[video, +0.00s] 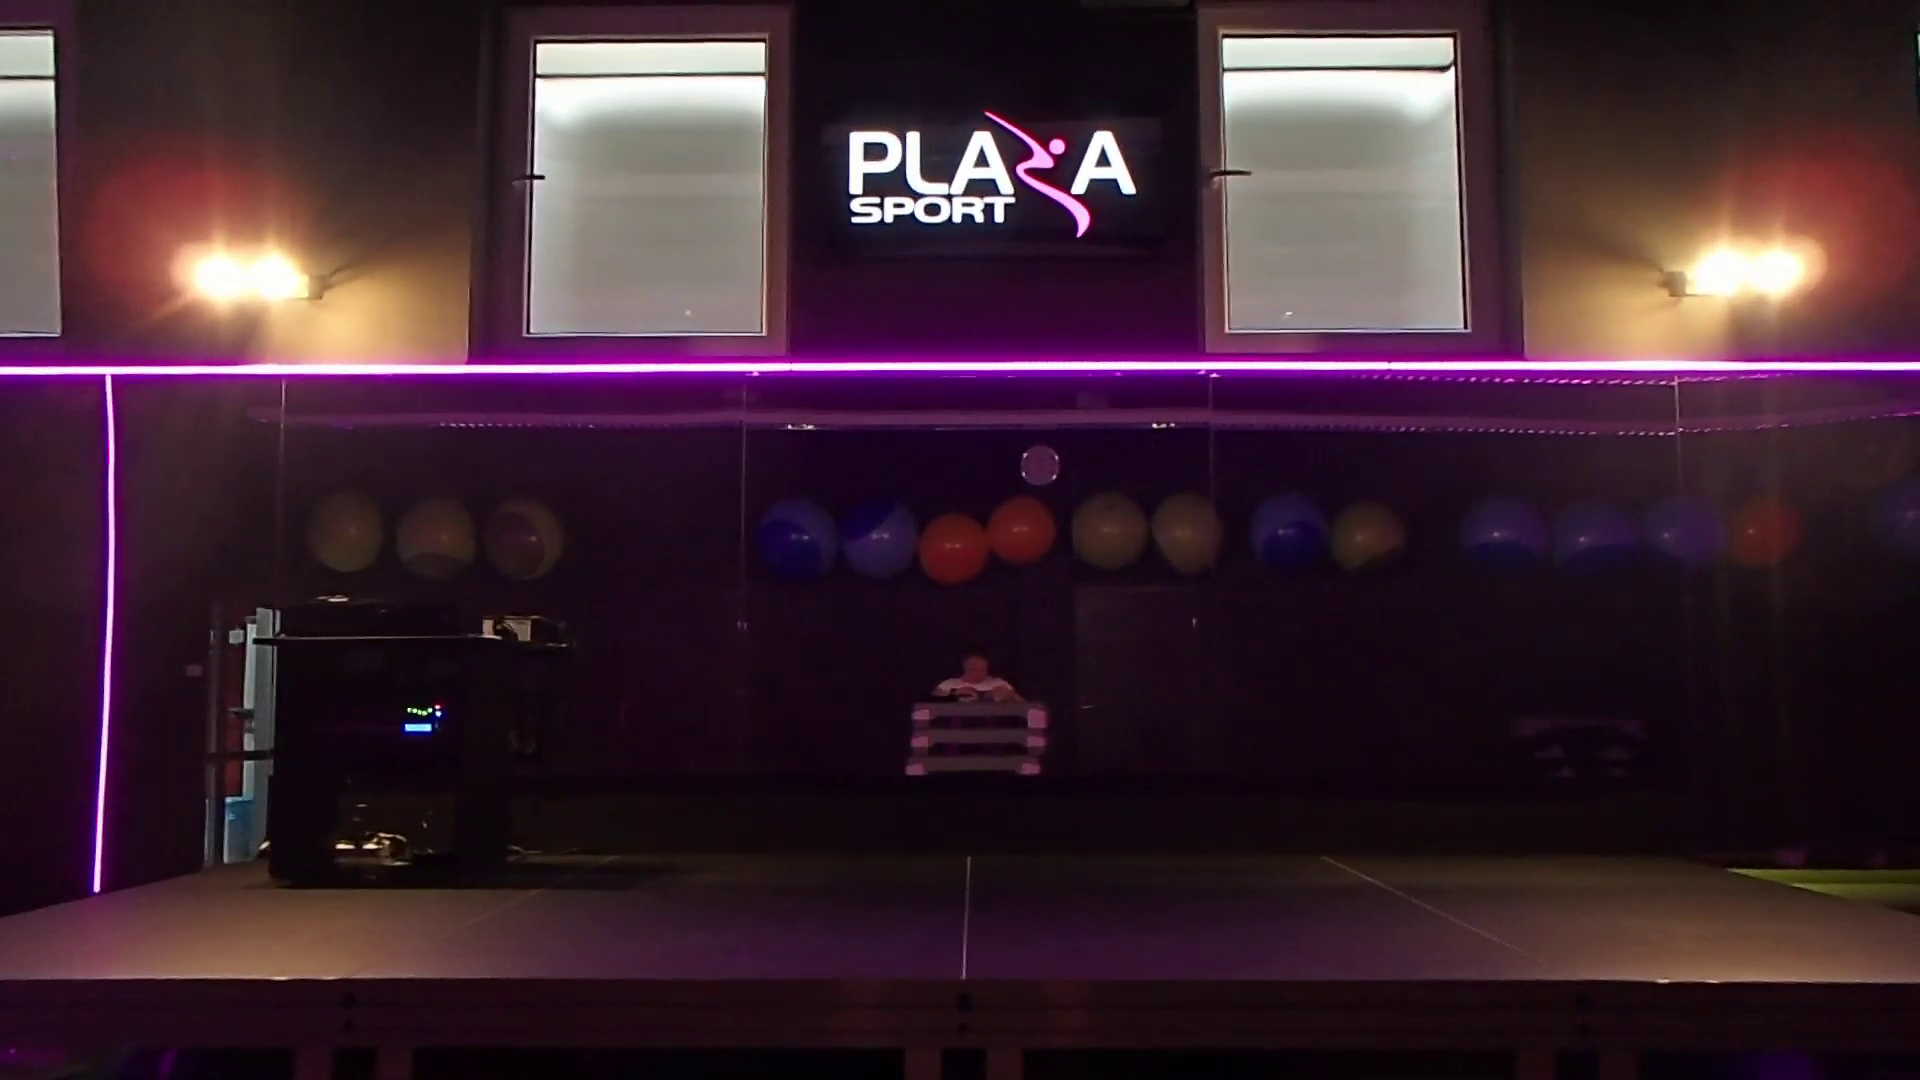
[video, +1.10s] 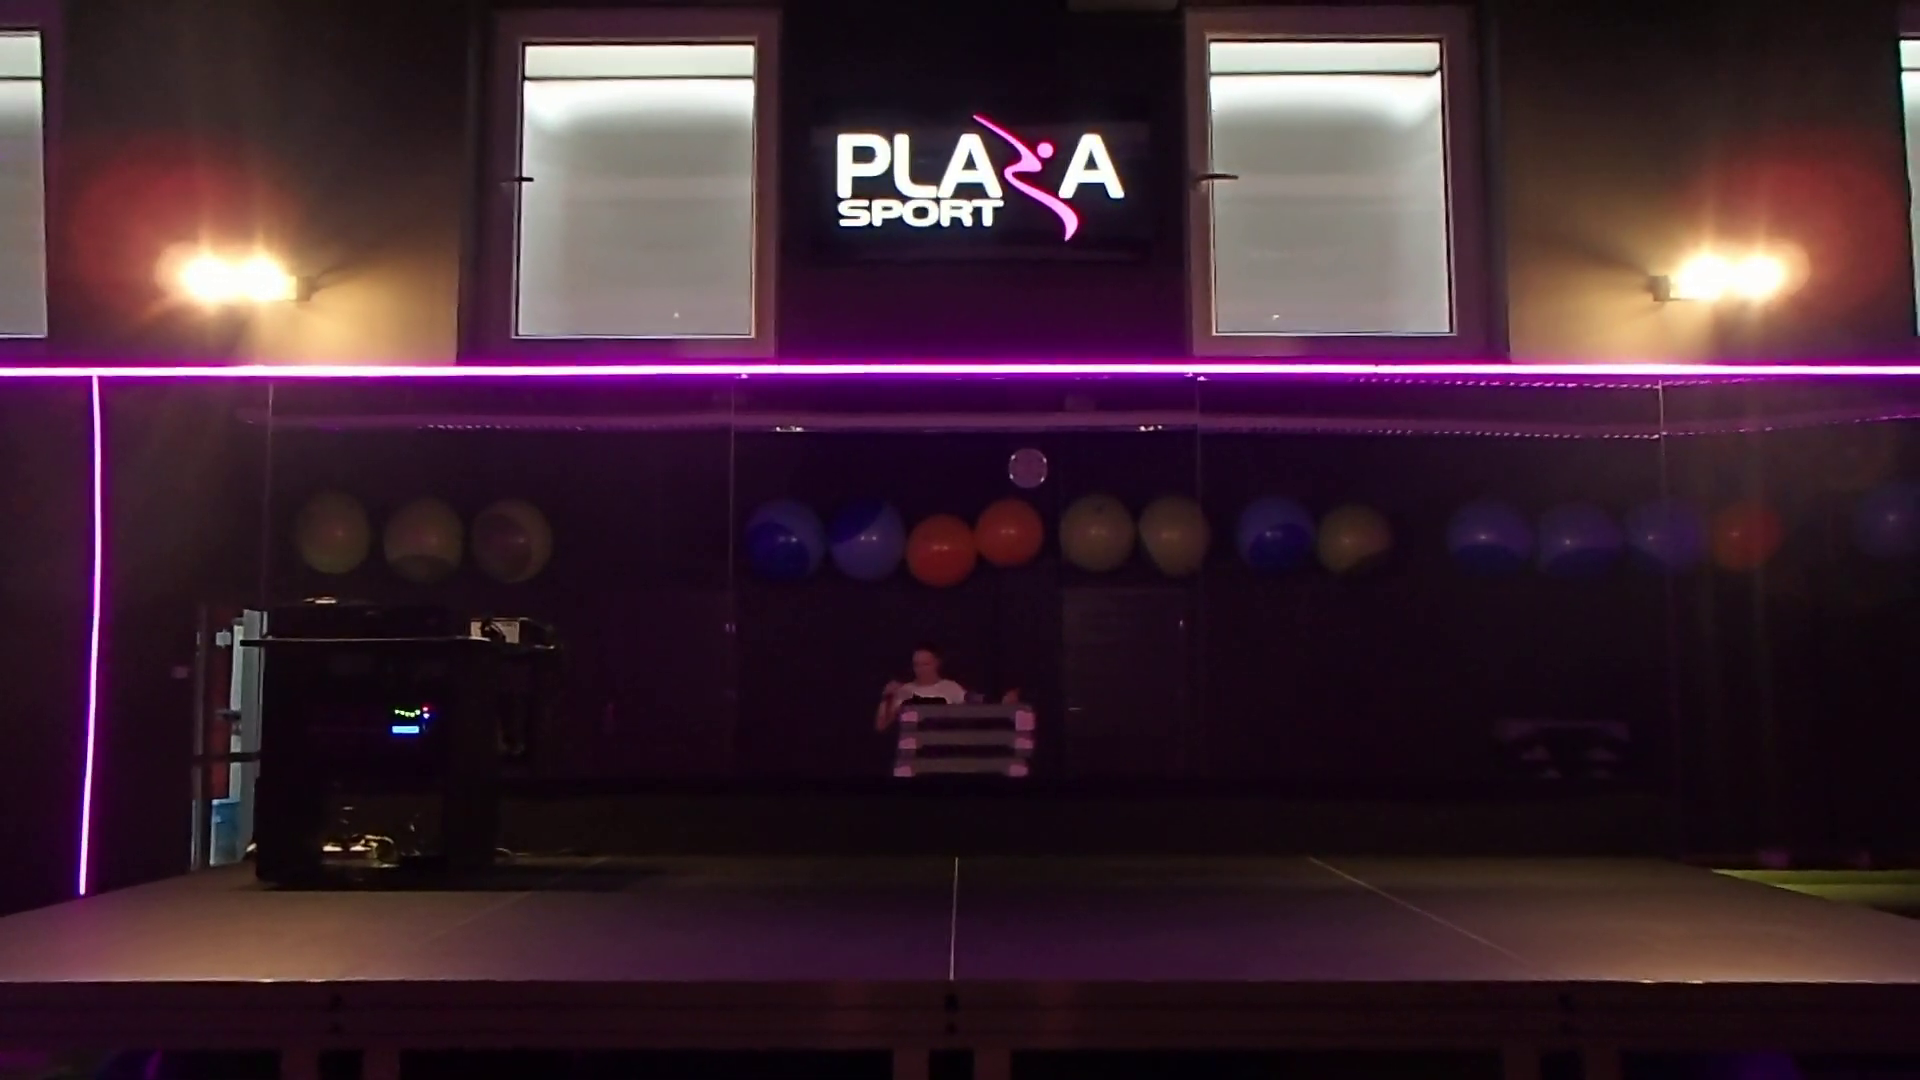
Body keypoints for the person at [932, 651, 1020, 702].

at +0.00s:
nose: (976, 673)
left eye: (980, 669)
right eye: (972, 669)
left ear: (986, 669)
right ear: (965, 669)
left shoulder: (998, 684)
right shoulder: (950, 684)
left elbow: (1022, 705)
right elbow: (934, 698)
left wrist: (1007, 695)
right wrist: (956, 694)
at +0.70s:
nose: (965, 672)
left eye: (969, 667)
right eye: (961, 668)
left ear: (975, 667)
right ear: (953, 668)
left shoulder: (987, 685)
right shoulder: (939, 685)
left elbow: (1011, 706)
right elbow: (922, 700)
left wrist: (998, 696)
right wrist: (943, 691)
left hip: (980, 724)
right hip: (947, 724)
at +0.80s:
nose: (961, 669)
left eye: (965, 665)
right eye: (956, 665)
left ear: (971, 665)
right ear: (950, 665)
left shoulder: (981, 684)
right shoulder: (938, 683)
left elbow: (1005, 705)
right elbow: (915, 701)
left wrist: (1004, 690)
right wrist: (933, 690)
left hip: (976, 724)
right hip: (944, 724)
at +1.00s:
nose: (939, 665)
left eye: (944, 660)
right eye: (935, 660)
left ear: (952, 661)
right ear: (930, 662)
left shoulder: (971, 687)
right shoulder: (917, 688)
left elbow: (988, 719)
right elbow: (895, 717)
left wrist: (1006, 700)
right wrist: (904, 688)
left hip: (964, 747)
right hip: (925, 750)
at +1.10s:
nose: (921, 669)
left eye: (925, 664)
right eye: (917, 664)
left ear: (936, 664)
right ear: (913, 666)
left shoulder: (951, 688)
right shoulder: (904, 691)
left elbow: (975, 709)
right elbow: (881, 726)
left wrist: (1002, 706)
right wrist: (887, 698)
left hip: (948, 748)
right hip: (911, 750)